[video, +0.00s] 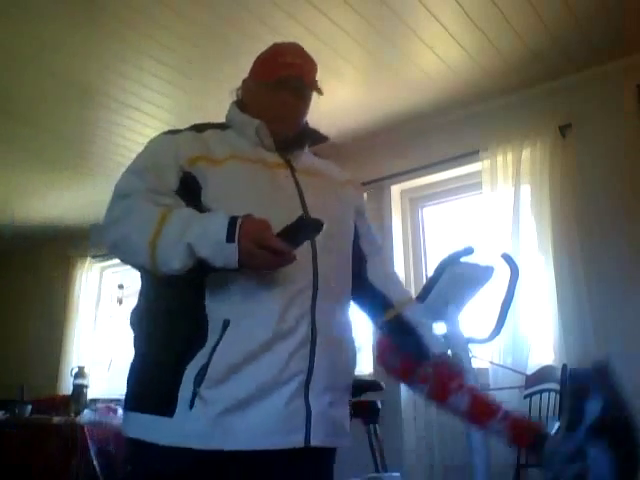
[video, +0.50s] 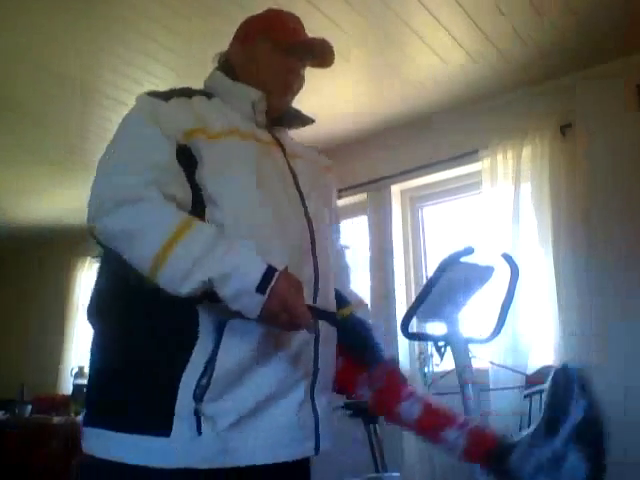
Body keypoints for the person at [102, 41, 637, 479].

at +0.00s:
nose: (302, 96)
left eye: (309, 88)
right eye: (289, 84)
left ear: (314, 101)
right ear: (250, 87)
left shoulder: (339, 186)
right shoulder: (181, 152)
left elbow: (379, 288)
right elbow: (122, 223)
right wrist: (219, 238)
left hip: (308, 430)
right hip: (194, 426)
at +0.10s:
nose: (304, 93)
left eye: (310, 83)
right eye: (290, 80)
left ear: (314, 92)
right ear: (253, 84)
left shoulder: (340, 183)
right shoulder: (180, 151)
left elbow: (400, 284)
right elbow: (128, 226)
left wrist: (447, 301)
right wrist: (223, 256)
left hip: (317, 436)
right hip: (200, 433)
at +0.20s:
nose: (305, 93)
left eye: (310, 82)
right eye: (290, 79)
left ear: (315, 91)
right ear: (251, 84)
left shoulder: (338, 184)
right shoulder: (177, 156)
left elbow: (401, 275)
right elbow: (130, 239)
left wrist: (469, 329)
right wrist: (231, 283)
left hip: (331, 437)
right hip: (211, 440)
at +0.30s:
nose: (303, 89)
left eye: (308, 79)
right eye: (287, 74)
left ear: (313, 88)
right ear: (248, 80)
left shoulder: (330, 178)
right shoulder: (175, 153)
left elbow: (380, 270)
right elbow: (132, 243)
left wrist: (450, 328)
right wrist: (241, 292)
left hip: (330, 425)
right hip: (218, 430)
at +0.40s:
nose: (300, 78)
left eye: (305, 68)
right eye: (289, 62)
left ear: (305, 77)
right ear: (245, 63)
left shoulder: (323, 170)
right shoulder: (171, 135)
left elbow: (352, 273)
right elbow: (129, 230)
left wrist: (413, 341)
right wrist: (243, 286)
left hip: (309, 438)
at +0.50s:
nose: (302, 69)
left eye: (305, 61)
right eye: (290, 52)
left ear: (301, 76)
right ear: (242, 48)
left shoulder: (306, 168)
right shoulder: (164, 116)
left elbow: (325, 278)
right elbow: (124, 209)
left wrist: (352, 347)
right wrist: (247, 280)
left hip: (299, 425)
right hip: (193, 424)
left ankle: (503, 457)